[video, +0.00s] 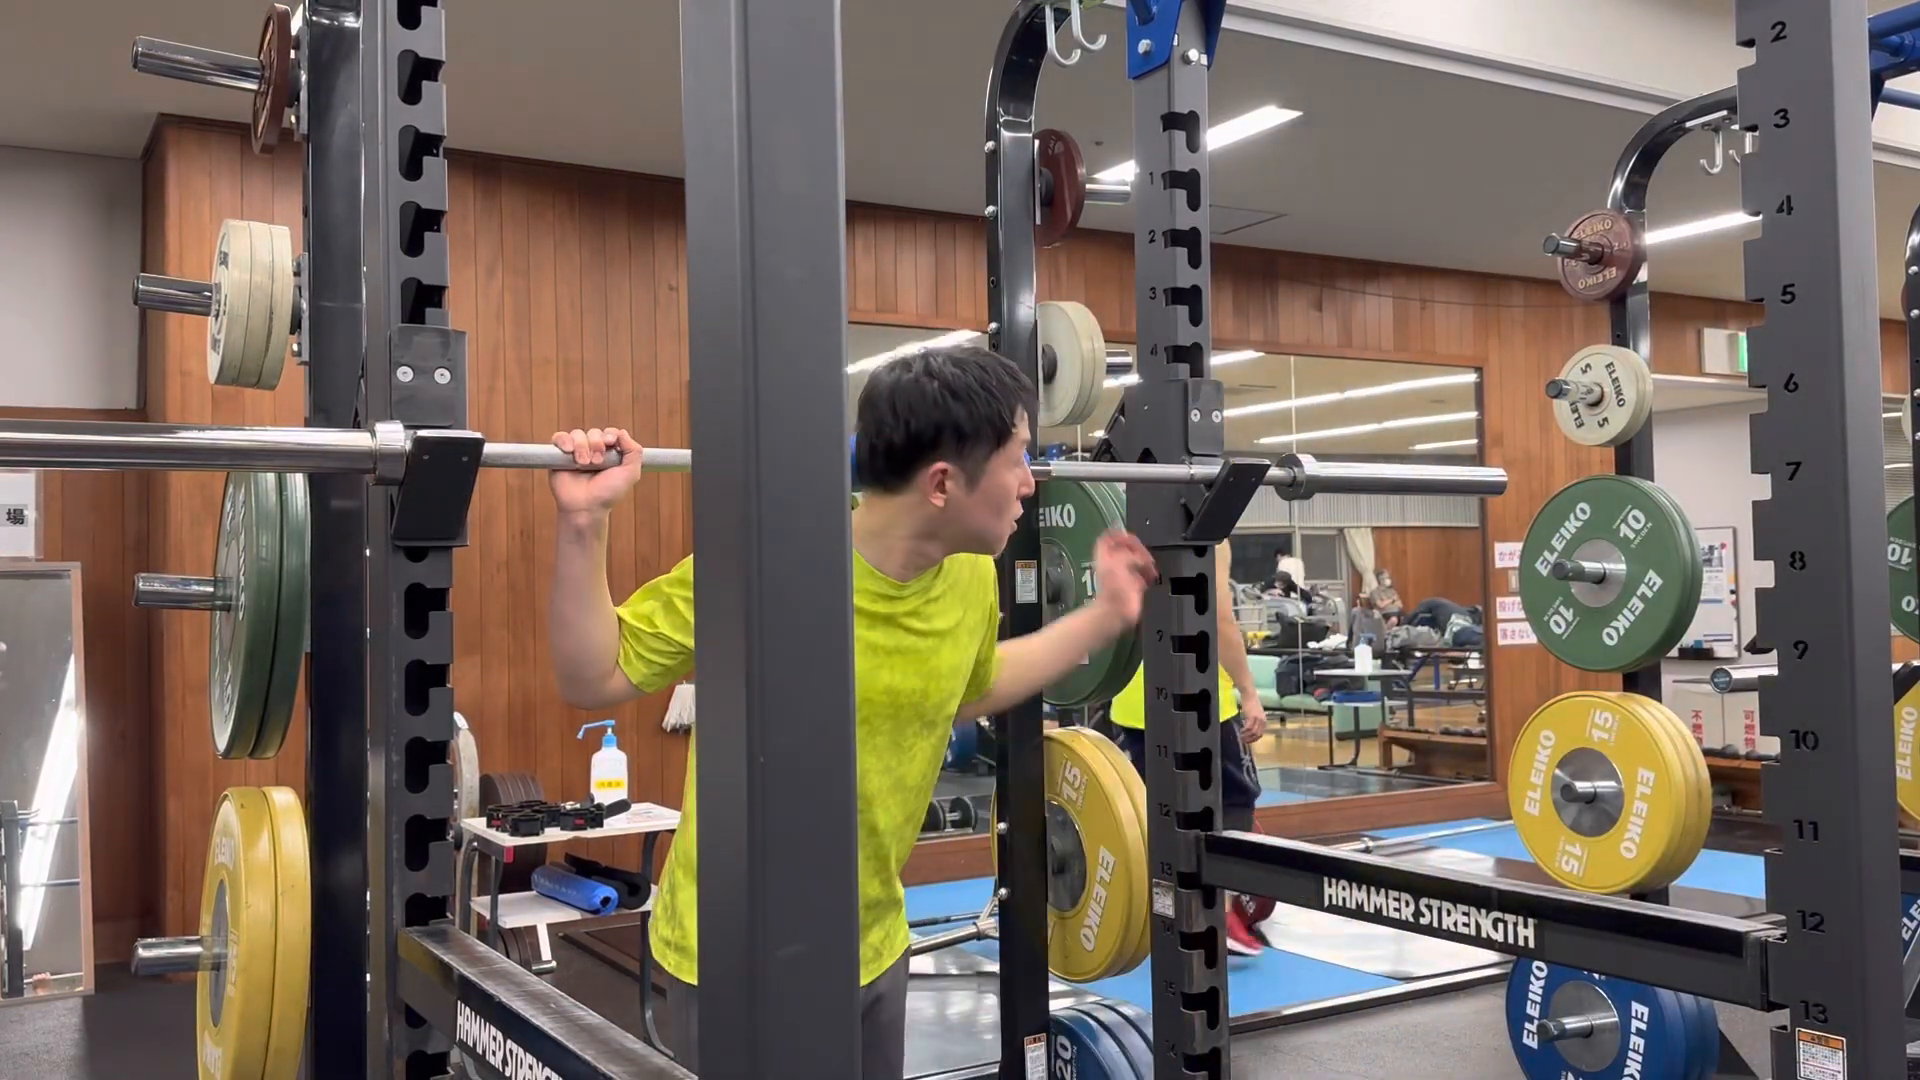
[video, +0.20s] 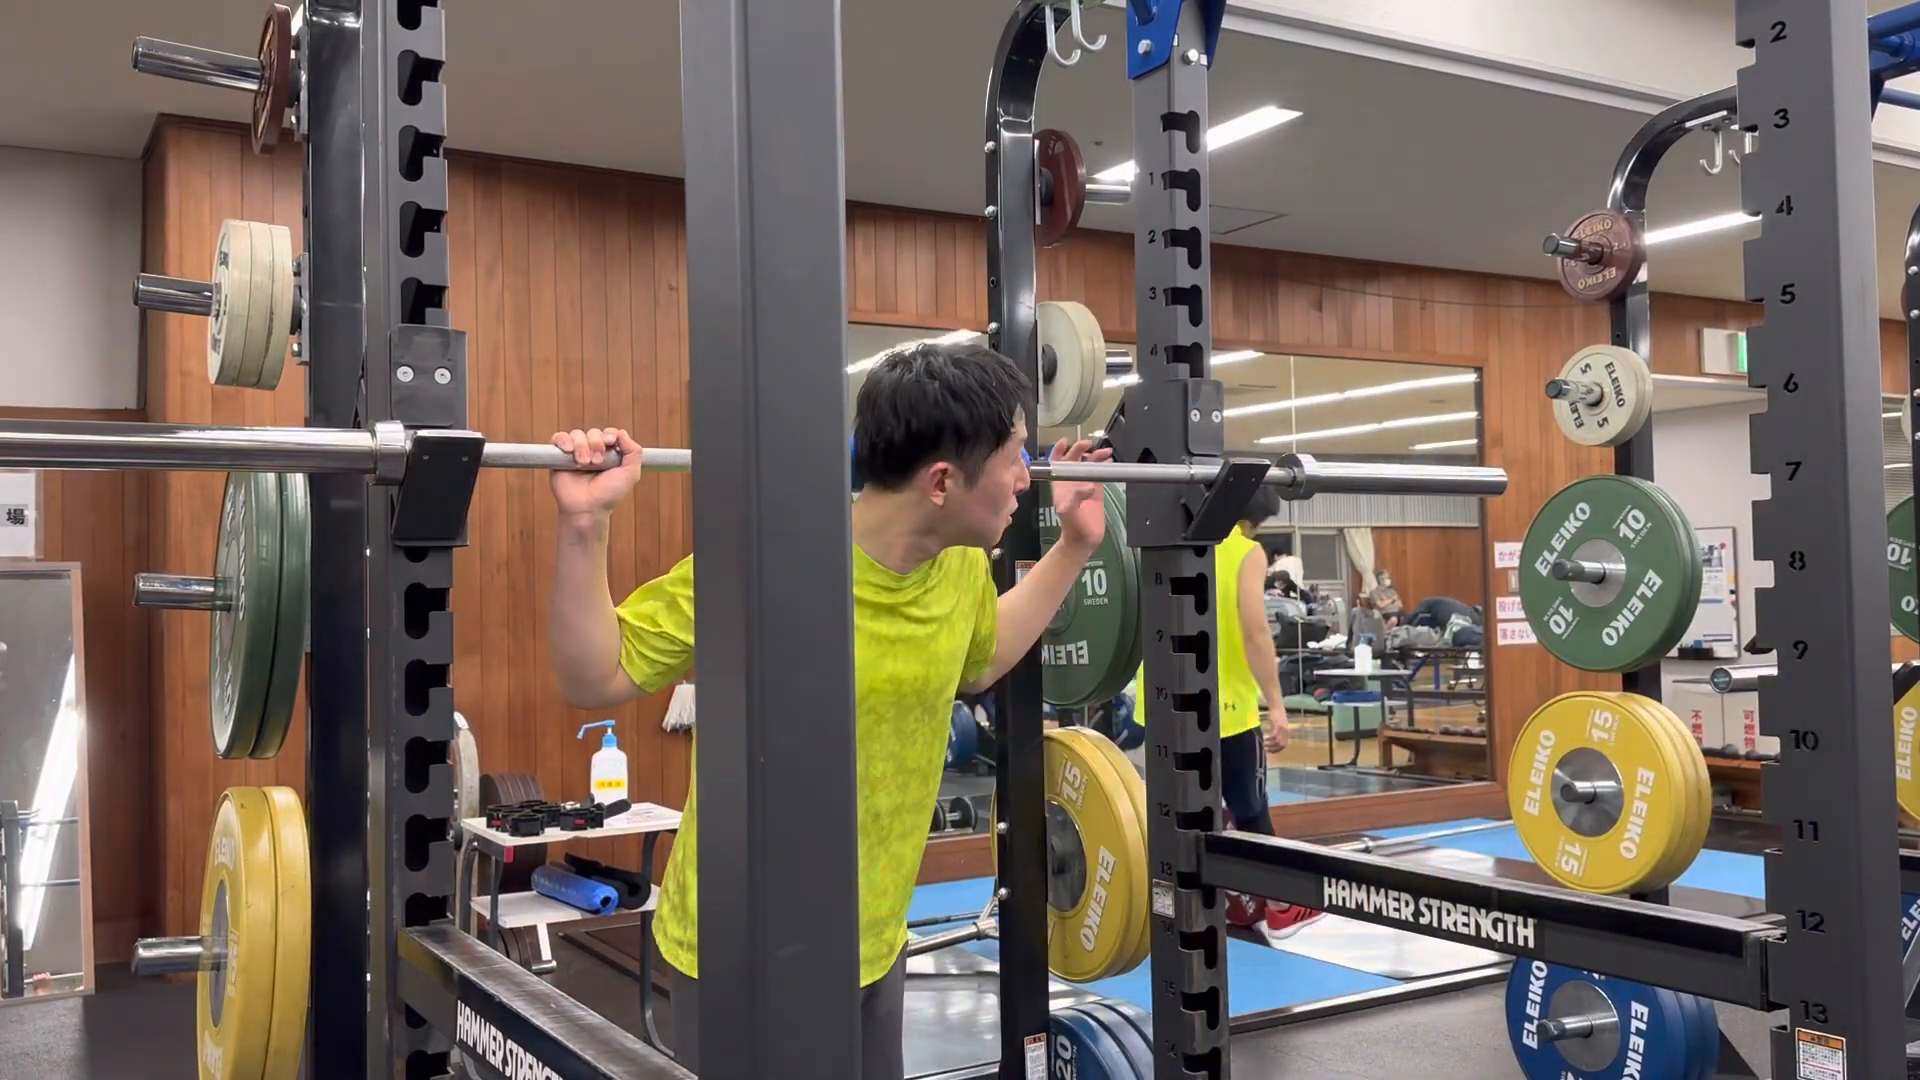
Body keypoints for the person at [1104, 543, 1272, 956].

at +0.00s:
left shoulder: (1131, 530)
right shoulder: (1208, 533)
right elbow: (1221, 621)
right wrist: (1247, 689)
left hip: (1132, 702)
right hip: (1200, 704)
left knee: (1151, 812)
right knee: (1236, 804)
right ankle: (1223, 905)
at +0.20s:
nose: (1264, 526)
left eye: (1264, 518)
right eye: (1262, 519)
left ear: (1207, 501)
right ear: (1250, 515)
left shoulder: (1165, 541)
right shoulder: (1244, 551)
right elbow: (1255, 632)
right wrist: (1275, 703)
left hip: (1166, 715)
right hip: (1228, 715)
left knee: (1188, 818)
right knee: (1252, 817)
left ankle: (1195, 913)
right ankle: (1273, 905)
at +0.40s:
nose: (1319, 548)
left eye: (1322, 542)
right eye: (1321, 541)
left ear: (1277, 518)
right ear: (1312, 535)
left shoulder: (1225, 547)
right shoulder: (1299, 564)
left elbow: (1195, 617)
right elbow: (1302, 644)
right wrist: (1322, 710)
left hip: (1203, 706)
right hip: (1259, 710)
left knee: (1194, 806)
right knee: (1279, 811)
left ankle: (1186, 900)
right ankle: (1285, 907)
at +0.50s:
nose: (1339, 555)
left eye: (1343, 549)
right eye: (1342, 547)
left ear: (1296, 518)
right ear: (1331, 538)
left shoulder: (1233, 542)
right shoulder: (1319, 563)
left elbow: (1195, 601)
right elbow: (1322, 645)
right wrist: (1333, 710)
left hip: (1205, 691)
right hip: (1264, 698)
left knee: (1194, 792)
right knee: (1283, 805)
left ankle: (1200, 895)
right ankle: (1286, 906)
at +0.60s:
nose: (1356, 559)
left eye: (1359, 553)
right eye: (1357, 551)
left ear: (1309, 522)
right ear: (1348, 541)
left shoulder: (1253, 538)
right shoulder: (1338, 563)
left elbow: (1204, 563)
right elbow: (1334, 641)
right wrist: (1339, 704)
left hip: (1208, 678)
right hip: (1268, 691)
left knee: (1191, 788)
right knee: (1281, 804)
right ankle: (1286, 905)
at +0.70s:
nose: (1362, 562)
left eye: (1365, 557)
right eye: (1363, 554)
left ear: (1316, 525)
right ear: (1354, 543)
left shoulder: (1261, 538)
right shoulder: (1344, 564)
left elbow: (1209, 568)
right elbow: (1337, 642)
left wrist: (1216, 611)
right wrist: (1340, 703)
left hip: (1208, 674)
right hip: (1269, 689)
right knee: (1281, 802)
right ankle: (1286, 904)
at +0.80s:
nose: (1364, 571)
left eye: (1369, 566)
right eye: (1366, 563)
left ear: (1323, 528)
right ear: (1359, 548)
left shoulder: (1268, 538)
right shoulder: (1349, 565)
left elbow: (1217, 573)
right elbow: (1339, 643)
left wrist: (1222, 623)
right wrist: (1338, 703)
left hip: (1210, 670)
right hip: (1269, 687)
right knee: (1281, 801)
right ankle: (1286, 906)